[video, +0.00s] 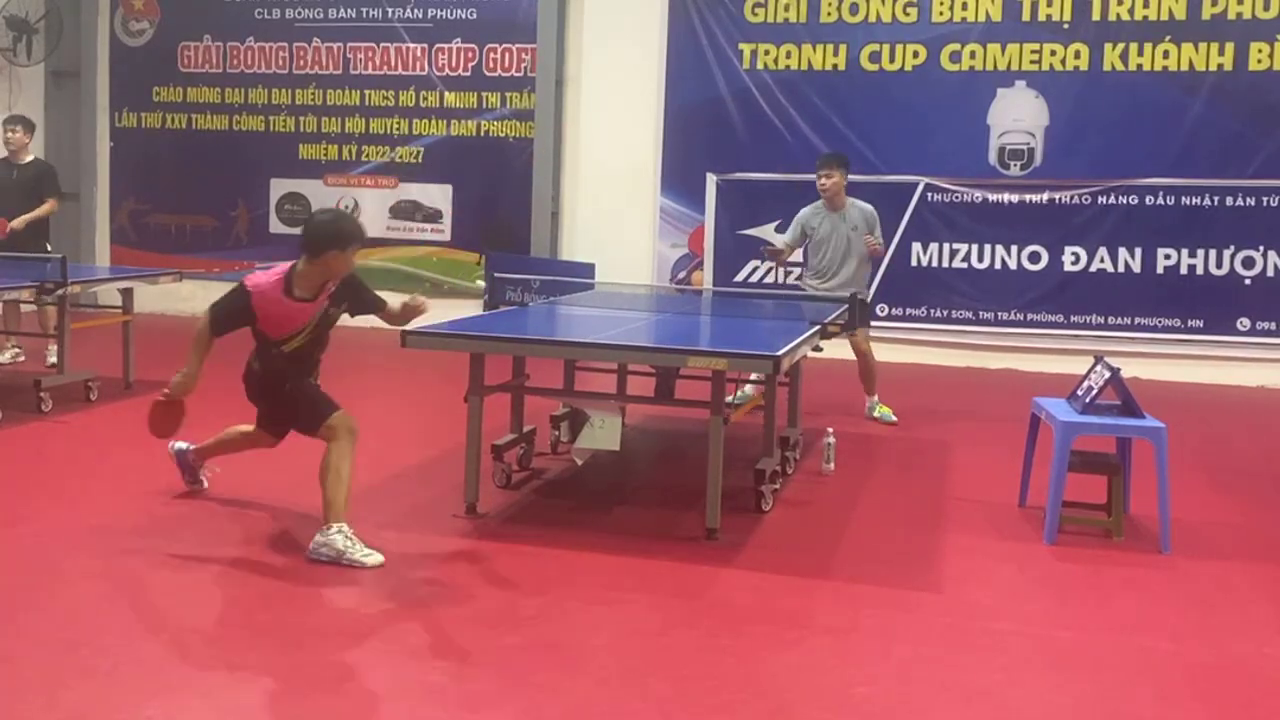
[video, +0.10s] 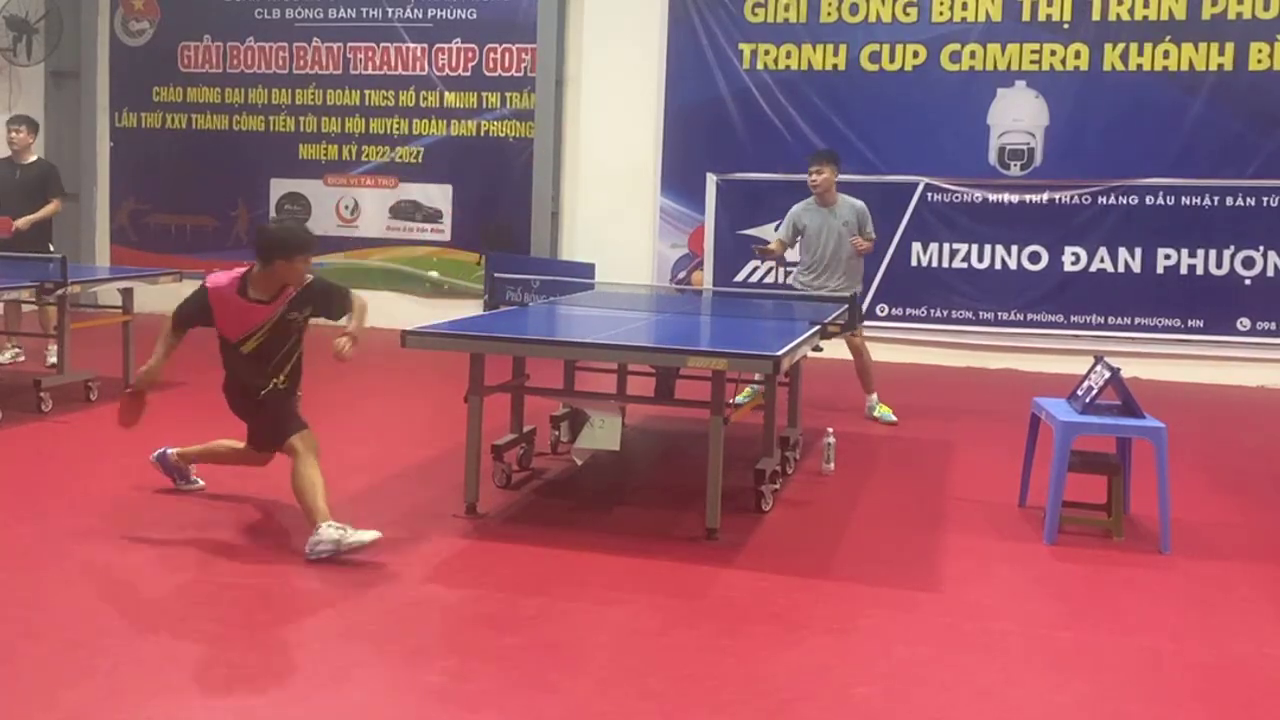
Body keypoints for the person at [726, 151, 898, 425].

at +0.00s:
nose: (822, 183)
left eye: (828, 177)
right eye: (819, 178)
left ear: (844, 179)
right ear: (816, 181)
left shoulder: (866, 213)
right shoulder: (807, 216)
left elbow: (878, 252)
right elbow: (786, 250)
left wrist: (875, 248)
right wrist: (776, 253)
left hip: (851, 297)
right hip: (811, 296)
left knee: (861, 347)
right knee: (779, 336)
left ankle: (872, 403)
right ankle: (754, 386)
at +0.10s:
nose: (813, 179)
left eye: (819, 173)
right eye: (810, 174)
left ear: (835, 175)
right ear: (807, 178)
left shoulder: (856, 208)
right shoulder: (799, 212)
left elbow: (869, 242)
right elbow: (781, 244)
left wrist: (865, 245)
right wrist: (770, 250)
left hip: (845, 293)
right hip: (804, 292)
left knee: (857, 343)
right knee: (776, 336)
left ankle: (872, 402)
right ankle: (759, 384)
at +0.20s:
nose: (802, 181)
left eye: (808, 176)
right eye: (799, 176)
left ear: (823, 177)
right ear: (796, 180)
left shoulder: (845, 211)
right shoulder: (790, 213)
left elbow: (860, 245)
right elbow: (774, 245)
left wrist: (853, 248)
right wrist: (761, 252)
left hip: (837, 294)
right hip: (798, 294)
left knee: (850, 341)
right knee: (774, 337)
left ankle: (872, 401)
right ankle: (760, 386)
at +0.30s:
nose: (793, 184)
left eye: (799, 179)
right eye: (790, 179)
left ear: (815, 180)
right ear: (788, 182)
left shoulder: (837, 211)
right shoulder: (784, 216)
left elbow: (852, 248)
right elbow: (768, 247)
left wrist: (838, 250)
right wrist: (756, 254)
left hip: (834, 294)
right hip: (795, 294)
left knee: (851, 339)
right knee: (772, 336)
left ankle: (879, 398)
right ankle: (762, 385)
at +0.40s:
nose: (789, 191)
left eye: (795, 185)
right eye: (786, 186)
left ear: (811, 186)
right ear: (784, 189)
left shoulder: (834, 215)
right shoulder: (783, 221)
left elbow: (848, 252)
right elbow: (767, 251)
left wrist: (826, 249)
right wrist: (754, 258)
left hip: (837, 295)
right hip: (799, 296)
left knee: (853, 339)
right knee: (774, 336)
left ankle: (883, 397)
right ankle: (761, 386)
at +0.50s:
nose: (789, 205)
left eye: (795, 198)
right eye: (786, 199)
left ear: (811, 197)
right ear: (784, 201)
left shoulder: (835, 223)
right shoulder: (787, 231)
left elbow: (851, 261)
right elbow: (773, 261)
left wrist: (827, 259)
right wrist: (760, 265)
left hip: (840, 300)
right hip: (802, 300)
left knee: (860, 346)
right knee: (772, 335)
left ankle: (884, 399)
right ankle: (761, 386)